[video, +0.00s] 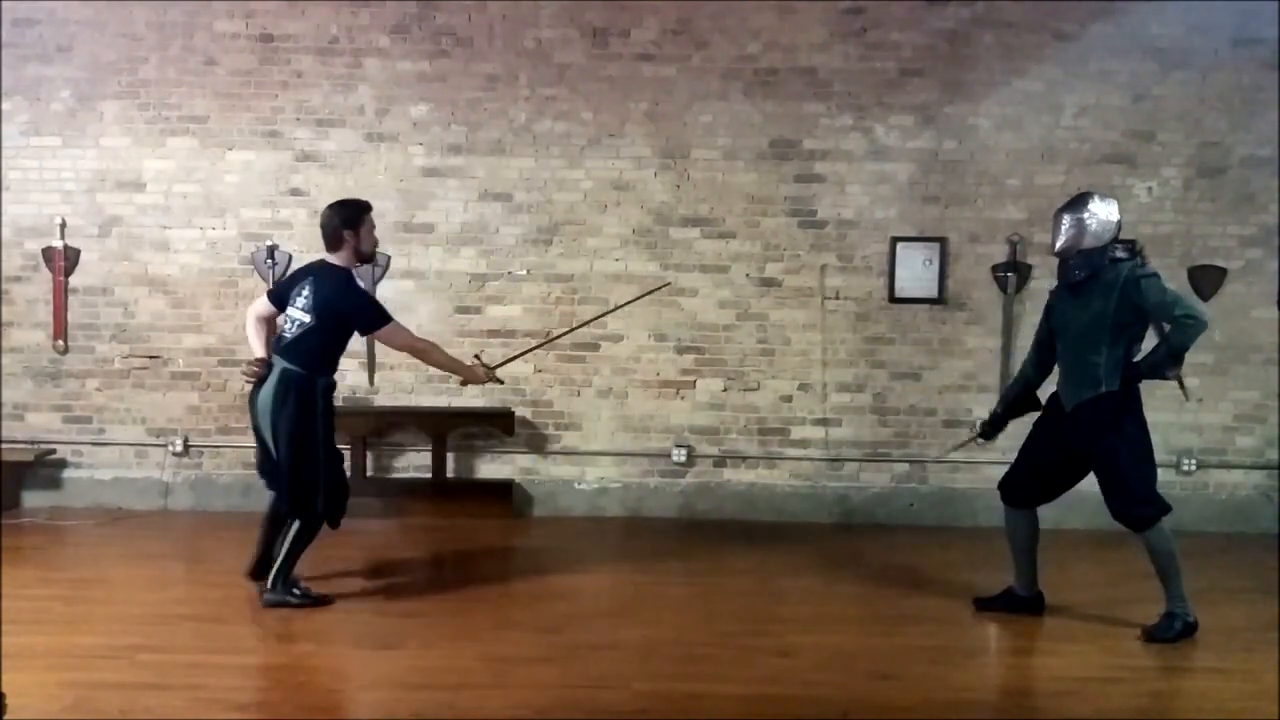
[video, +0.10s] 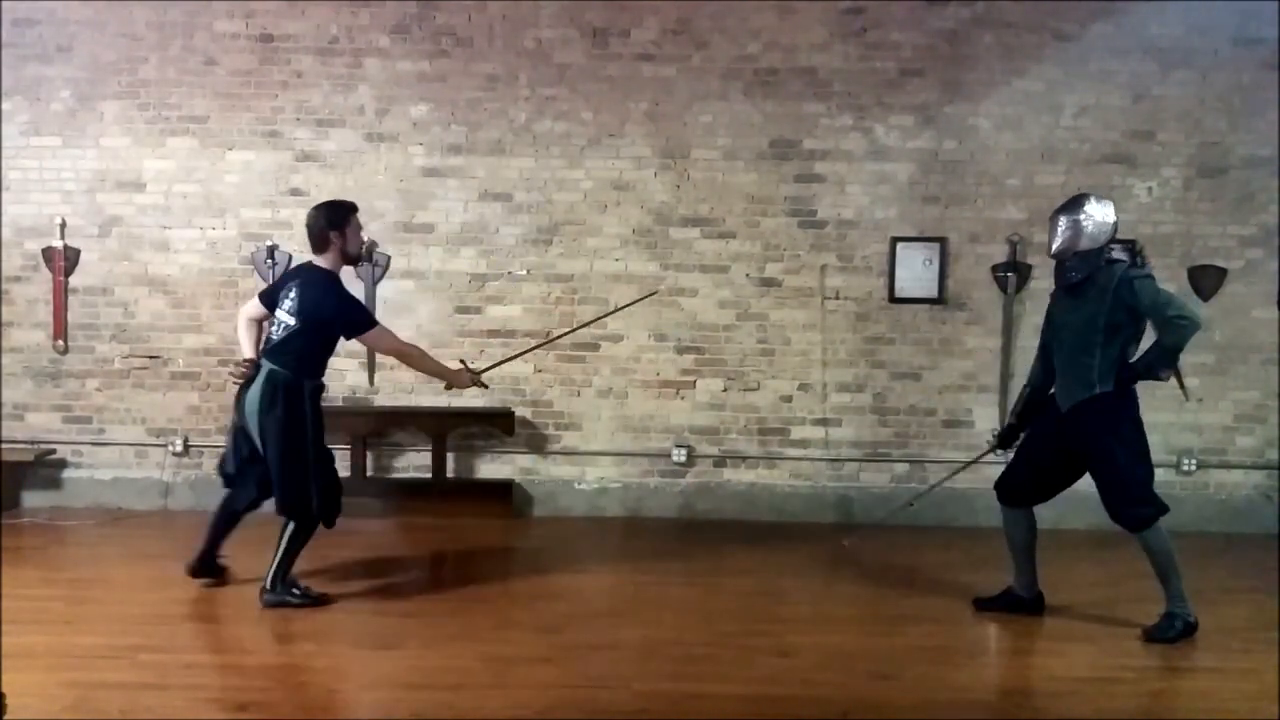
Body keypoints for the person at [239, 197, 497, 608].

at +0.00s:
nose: (376, 236)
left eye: (374, 228)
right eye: (371, 230)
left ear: (336, 238)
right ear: (350, 237)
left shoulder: (305, 274)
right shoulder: (350, 294)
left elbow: (256, 314)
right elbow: (411, 344)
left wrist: (262, 358)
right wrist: (465, 370)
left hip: (270, 389)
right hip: (299, 398)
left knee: (291, 483)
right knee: (319, 496)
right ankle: (277, 584)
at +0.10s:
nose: (363, 237)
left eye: (360, 229)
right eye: (357, 230)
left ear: (323, 239)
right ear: (335, 238)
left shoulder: (293, 278)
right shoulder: (338, 298)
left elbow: (248, 314)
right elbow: (397, 348)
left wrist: (250, 359)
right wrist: (451, 375)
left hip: (255, 392)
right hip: (287, 400)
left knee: (253, 480)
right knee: (314, 495)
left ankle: (205, 558)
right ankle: (277, 583)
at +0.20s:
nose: (352, 238)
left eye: (349, 230)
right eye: (345, 231)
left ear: (313, 241)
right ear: (323, 241)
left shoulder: (285, 280)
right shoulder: (322, 299)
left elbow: (241, 317)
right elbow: (380, 351)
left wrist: (241, 361)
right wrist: (436, 378)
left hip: (245, 394)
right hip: (276, 404)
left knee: (219, 480)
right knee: (312, 492)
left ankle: (164, 552)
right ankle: (277, 583)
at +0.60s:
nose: (305, 250)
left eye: (303, 242)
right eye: (298, 242)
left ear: (269, 251)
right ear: (277, 250)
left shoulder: (242, 293)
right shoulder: (271, 307)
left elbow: (203, 333)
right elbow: (329, 366)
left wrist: (195, 372)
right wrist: (387, 403)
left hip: (199, 405)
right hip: (233, 413)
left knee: (157, 487)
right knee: (291, 488)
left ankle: (108, 570)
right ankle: (278, 584)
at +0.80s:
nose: (287, 246)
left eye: (285, 238)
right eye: (281, 239)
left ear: (251, 246)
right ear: (256, 245)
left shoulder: (234, 290)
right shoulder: (249, 301)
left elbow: (209, 337)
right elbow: (294, 368)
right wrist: (341, 411)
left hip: (192, 403)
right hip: (218, 410)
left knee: (153, 486)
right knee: (275, 484)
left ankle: (102, 569)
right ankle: (277, 584)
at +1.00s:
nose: (276, 244)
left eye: (275, 237)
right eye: (270, 237)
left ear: (246, 244)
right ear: (244, 243)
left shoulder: (253, 293)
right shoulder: (229, 298)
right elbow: (260, 364)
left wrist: (194, 375)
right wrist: (297, 412)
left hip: (207, 407)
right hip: (214, 411)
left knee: (155, 486)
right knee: (271, 485)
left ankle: (99, 562)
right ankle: (276, 584)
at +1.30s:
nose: (277, 246)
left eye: (275, 239)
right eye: (270, 240)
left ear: (251, 247)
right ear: (243, 247)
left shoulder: (267, 300)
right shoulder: (220, 299)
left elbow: (257, 362)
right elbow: (225, 365)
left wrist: (200, 373)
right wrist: (251, 416)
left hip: (224, 406)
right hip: (208, 406)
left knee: (158, 487)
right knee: (272, 485)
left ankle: (97, 560)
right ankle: (276, 584)